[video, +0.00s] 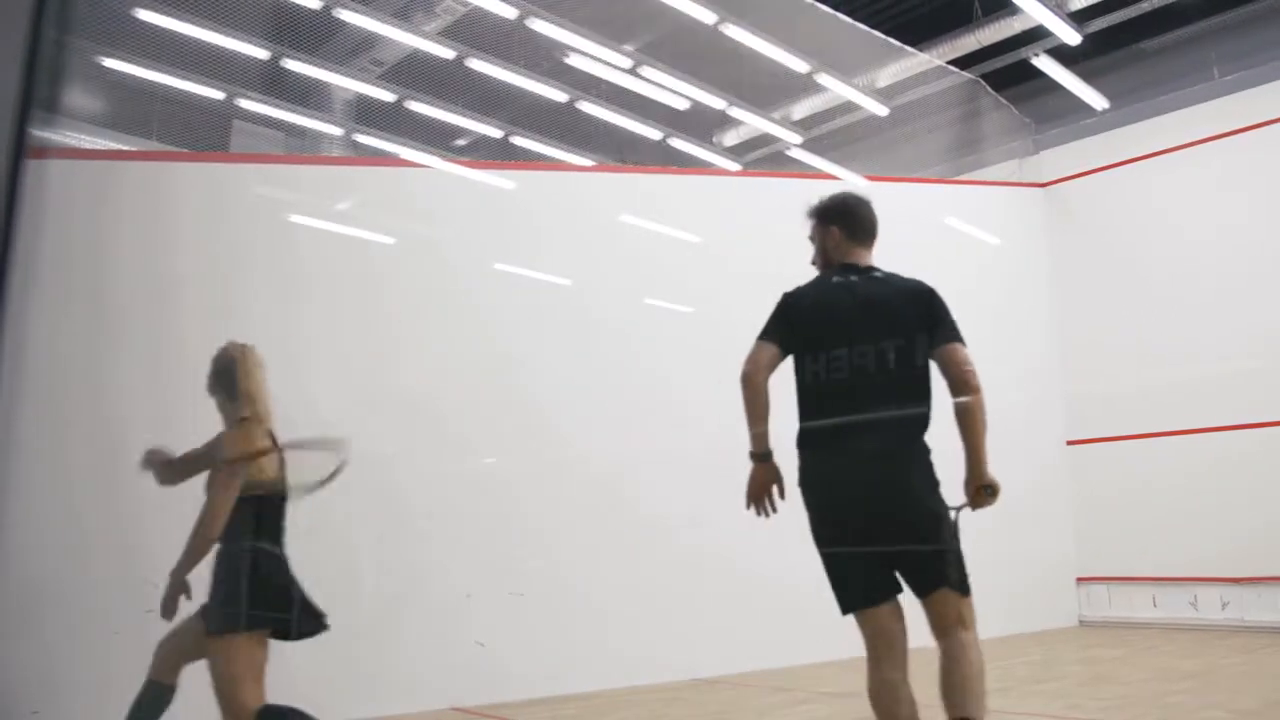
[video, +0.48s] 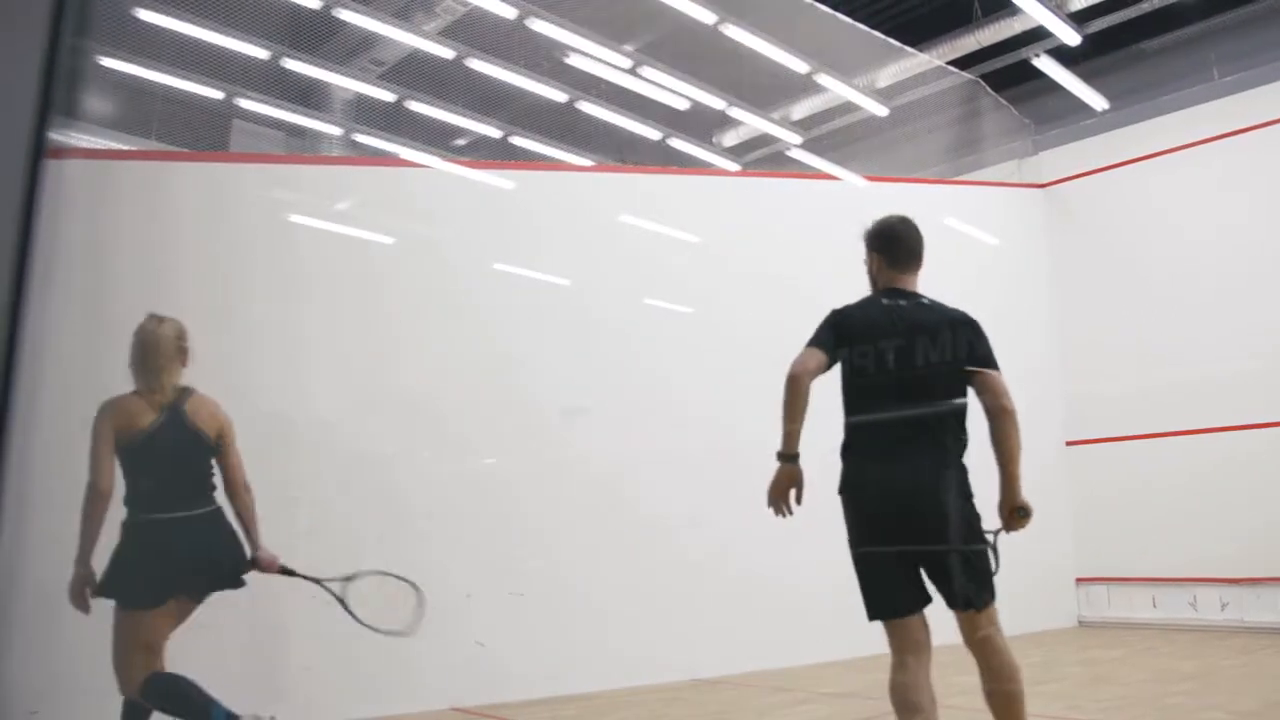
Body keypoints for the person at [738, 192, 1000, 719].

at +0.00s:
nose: (811, 252)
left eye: (813, 239)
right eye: (811, 240)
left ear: (831, 236)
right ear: (869, 240)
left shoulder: (800, 304)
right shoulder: (916, 296)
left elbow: (753, 373)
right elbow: (964, 383)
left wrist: (761, 458)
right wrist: (978, 469)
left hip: (831, 489)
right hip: (904, 481)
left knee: (883, 638)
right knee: (955, 627)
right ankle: (968, 713)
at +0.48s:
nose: (868, 267)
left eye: (868, 261)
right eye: (871, 261)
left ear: (871, 263)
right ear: (921, 262)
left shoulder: (846, 323)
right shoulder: (958, 325)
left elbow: (799, 373)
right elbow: (1001, 407)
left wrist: (788, 458)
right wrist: (1011, 491)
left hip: (871, 507)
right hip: (942, 504)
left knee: (908, 648)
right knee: (985, 635)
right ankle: (1013, 717)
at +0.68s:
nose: (884, 275)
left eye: (881, 267)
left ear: (878, 269)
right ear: (929, 268)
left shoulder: (853, 327)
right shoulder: (963, 331)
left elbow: (810, 379)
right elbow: (1003, 415)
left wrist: (800, 463)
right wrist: (1008, 493)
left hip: (878, 509)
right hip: (951, 505)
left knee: (893, 646)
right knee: (987, 633)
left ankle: (919, 713)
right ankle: (1012, 716)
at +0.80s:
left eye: (881, 265)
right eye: (924, 264)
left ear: (875, 269)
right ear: (926, 268)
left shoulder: (852, 325)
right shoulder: (962, 330)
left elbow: (813, 377)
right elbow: (999, 413)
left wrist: (804, 458)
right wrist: (999, 489)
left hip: (877, 505)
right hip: (948, 503)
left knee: (872, 635)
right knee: (984, 632)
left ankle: (909, 714)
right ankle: (1011, 716)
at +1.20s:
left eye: (839, 278)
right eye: (882, 274)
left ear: (838, 281)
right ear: (888, 278)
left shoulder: (827, 333)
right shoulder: (929, 335)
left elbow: (808, 392)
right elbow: (968, 412)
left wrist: (797, 470)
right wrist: (955, 480)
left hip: (861, 508)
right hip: (931, 507)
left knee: (807, 625)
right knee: (974, 637)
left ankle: (794, 717)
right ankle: (1006, 718)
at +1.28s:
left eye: (830, 282)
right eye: (873, 280)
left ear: (827, 286)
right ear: (877, 284)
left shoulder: (818, 338)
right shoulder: (918, 340)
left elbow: (801, 402)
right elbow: (957, 417)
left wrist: (790, 480)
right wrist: (938, 484)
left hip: (856, 511)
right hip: (924, 509)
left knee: (796, 630)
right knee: (970, 638)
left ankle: (774, 719)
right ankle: (1007, 718)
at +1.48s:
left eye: (797, 293)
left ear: (798, 296)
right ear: (846, 293)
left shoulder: (790, 349)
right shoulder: (886, 349)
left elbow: (778, 421)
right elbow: (921, 428)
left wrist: (768, 498)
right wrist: (893, 484)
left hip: (828, 518)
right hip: (897, 516)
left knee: (771, 635)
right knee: (952, 639)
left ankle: (754, 718)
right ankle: (1000, 717)